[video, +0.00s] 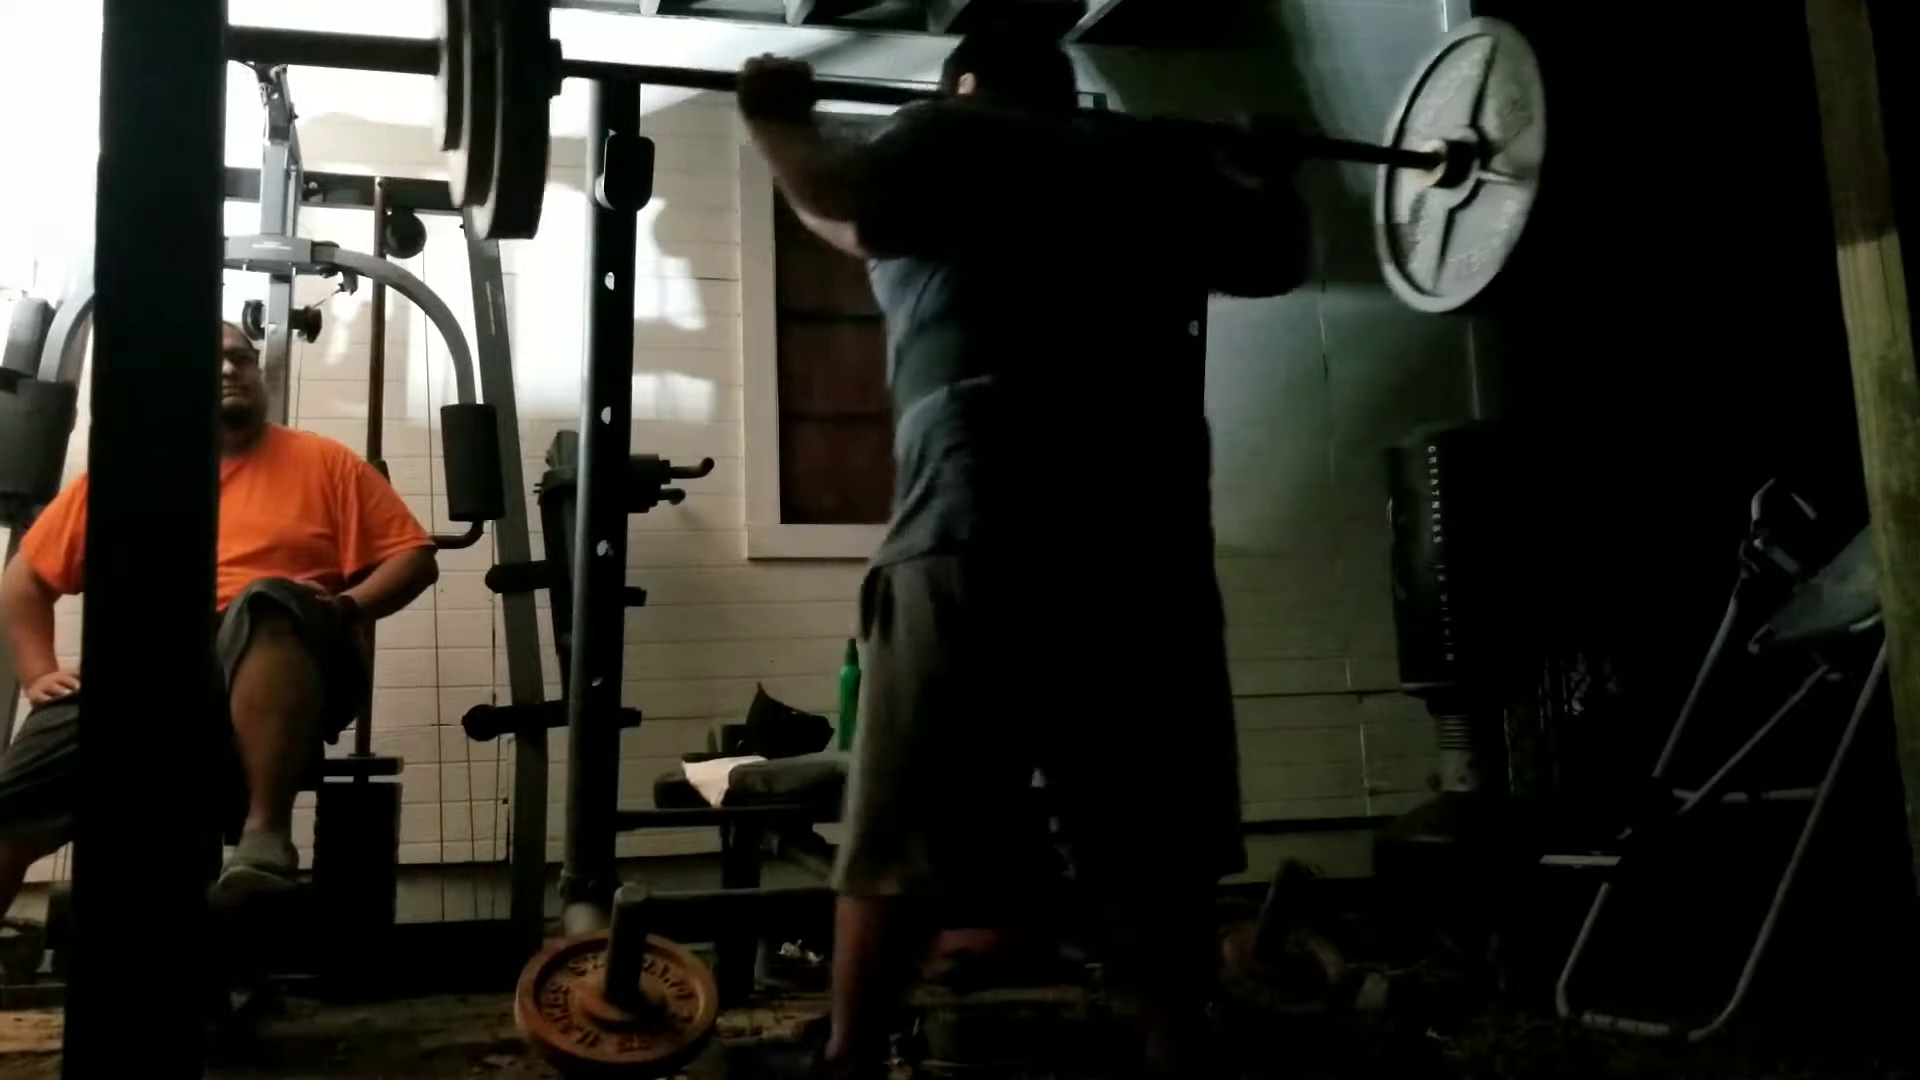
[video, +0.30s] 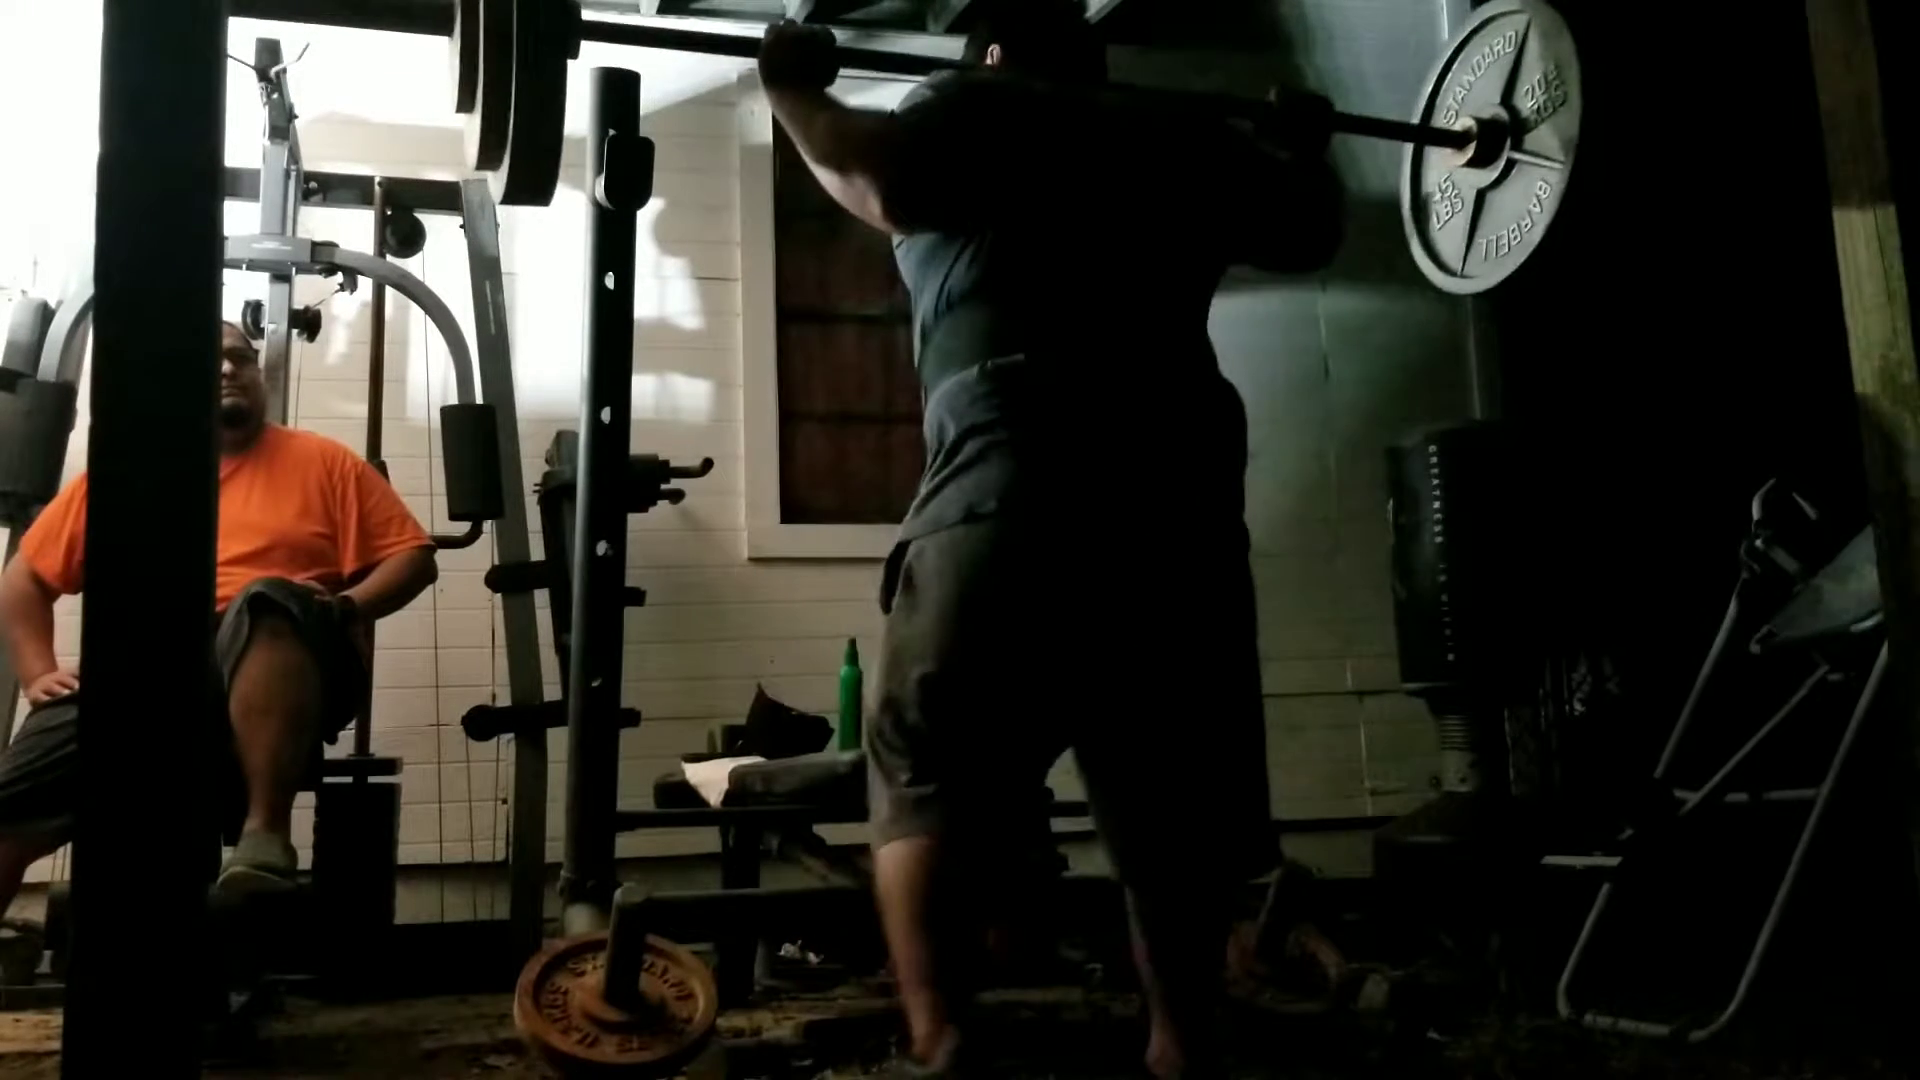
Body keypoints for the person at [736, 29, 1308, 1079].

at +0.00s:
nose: (945, 96)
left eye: (949, 82)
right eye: (952, 84)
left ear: (967, 83)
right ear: (1067, 87)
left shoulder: (935, 140)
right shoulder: (1164, 162)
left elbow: (842, 199)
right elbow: (1281, 259)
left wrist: (774, 116)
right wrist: (1267, 163)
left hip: (967, 539)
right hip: (1148, 537)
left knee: (892, 831)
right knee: (1158, 833)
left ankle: (850, 1059)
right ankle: (1179, 1059)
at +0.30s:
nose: (967, 62)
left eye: (973, 47)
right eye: (976, 48)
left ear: (991, 53)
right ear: (1091, 54)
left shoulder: (953, 118)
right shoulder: (1179, 143)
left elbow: (854, 162)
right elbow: (1310, 233)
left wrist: (789, 82)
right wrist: (1302, 141)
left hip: (1003, 498)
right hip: (1178, 501)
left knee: (924, 774)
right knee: (1177, 796)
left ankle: (937, 1042)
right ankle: (1181, 1050)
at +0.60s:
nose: (974, 33)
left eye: (969, 21)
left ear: (968, 29)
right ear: (1079, 31)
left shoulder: (924, 100)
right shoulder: (1170, 122)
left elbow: (844, 158)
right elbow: (1303, 219)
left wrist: (762, 61)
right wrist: (1295, 127)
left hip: (992, 494)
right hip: (1170, 495)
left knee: (964, 814)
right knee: (1176, 805)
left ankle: (966, 1062)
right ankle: (1182, 1055)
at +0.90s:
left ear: (906, 4)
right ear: (1058, 6)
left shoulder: (879, 64)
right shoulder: (1128, 88)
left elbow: (804, 134)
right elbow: (1284, 177)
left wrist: (695, 27)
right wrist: (1250, 81)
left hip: (949, 494)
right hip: (1141, 488)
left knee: (935, 825)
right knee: (1166, 807)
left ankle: (963, 1064)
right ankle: (1187, 1057)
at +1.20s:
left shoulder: (896, 41)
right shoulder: (1141, 68)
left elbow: (812, 128)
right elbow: (1291, 175)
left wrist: (700, 14)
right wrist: (1268, 61)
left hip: (958, 489)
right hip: (1158, 483)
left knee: (935, 844)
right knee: (1195, 812)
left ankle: (961, 1062)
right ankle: (1254, 1053)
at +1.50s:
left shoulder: (966, 40)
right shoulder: (1217, 66)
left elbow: (904, 138)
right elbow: (1362, 174)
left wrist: (775, 29)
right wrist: (1337, 79)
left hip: (1025, 463)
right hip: (1222, 467)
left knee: (977, 842)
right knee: (1243, 830)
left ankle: (978, 1066)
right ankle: (1282, 1060)